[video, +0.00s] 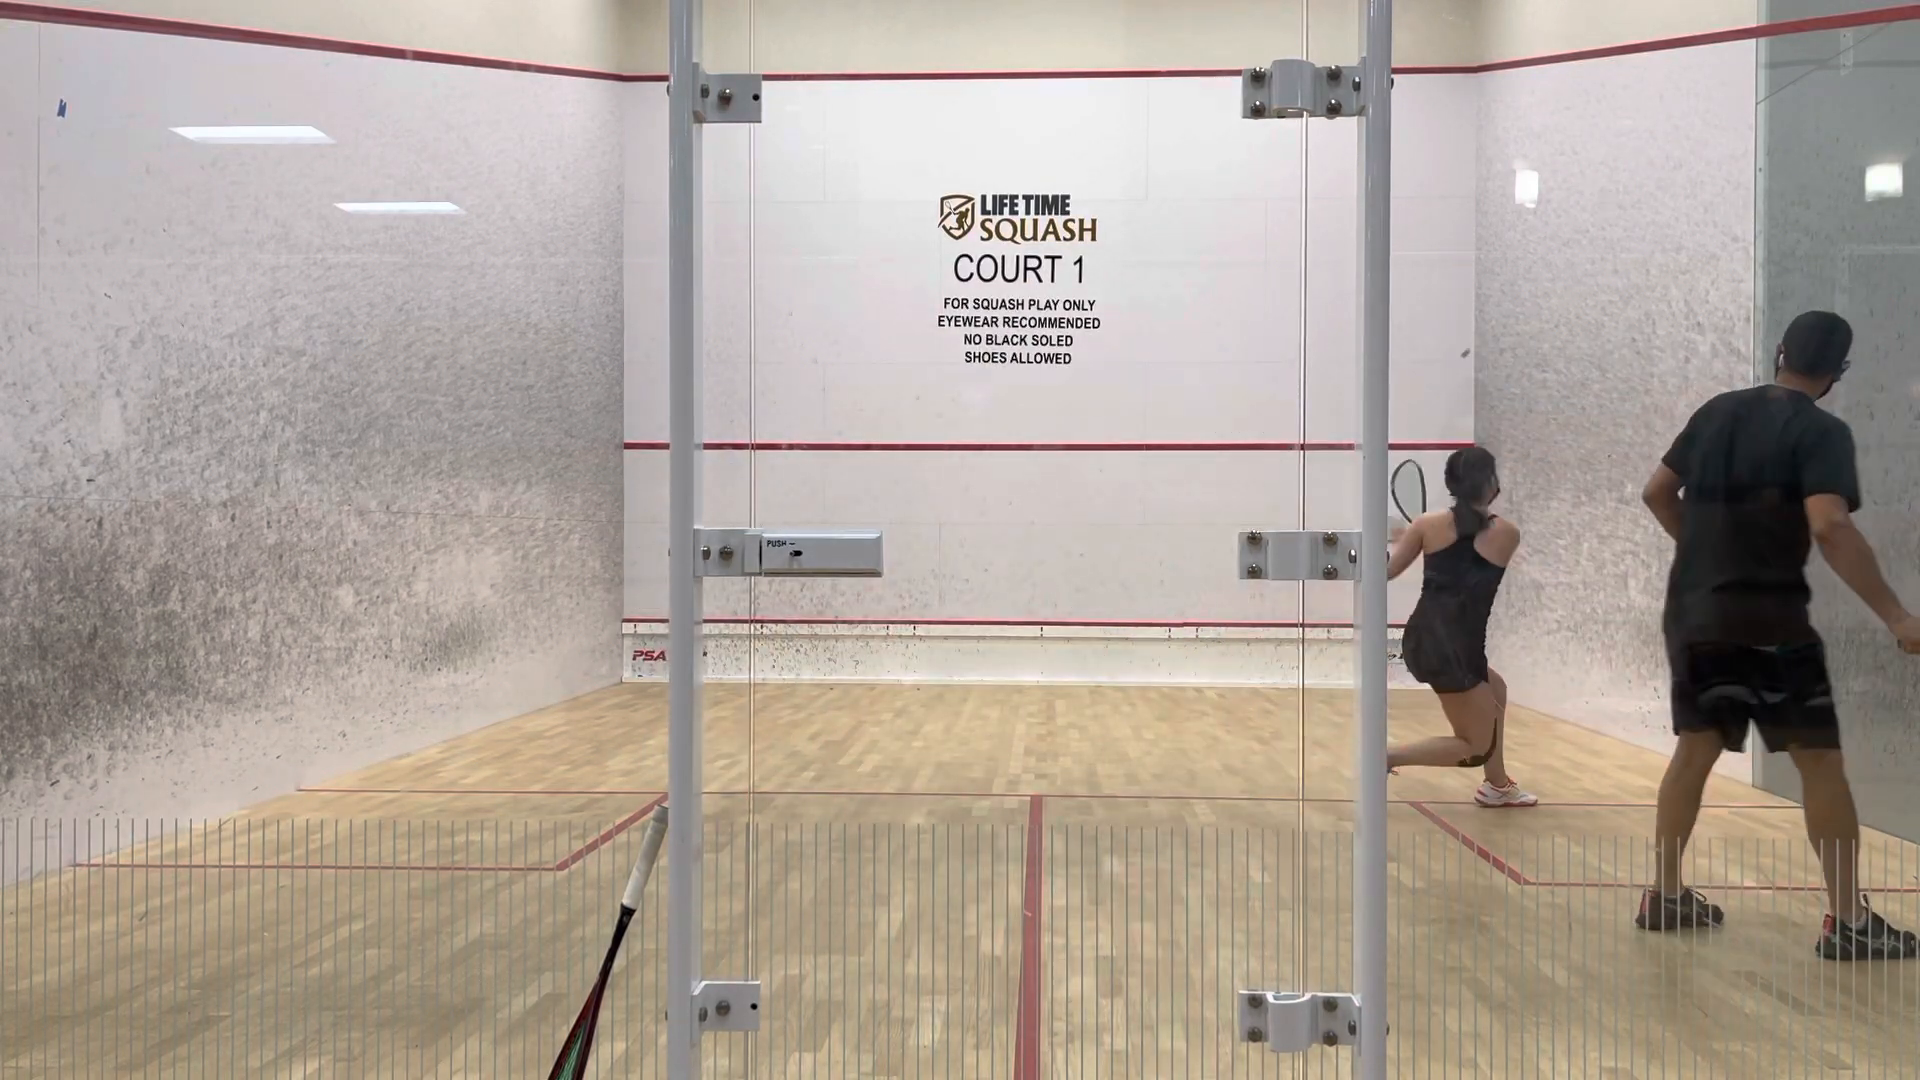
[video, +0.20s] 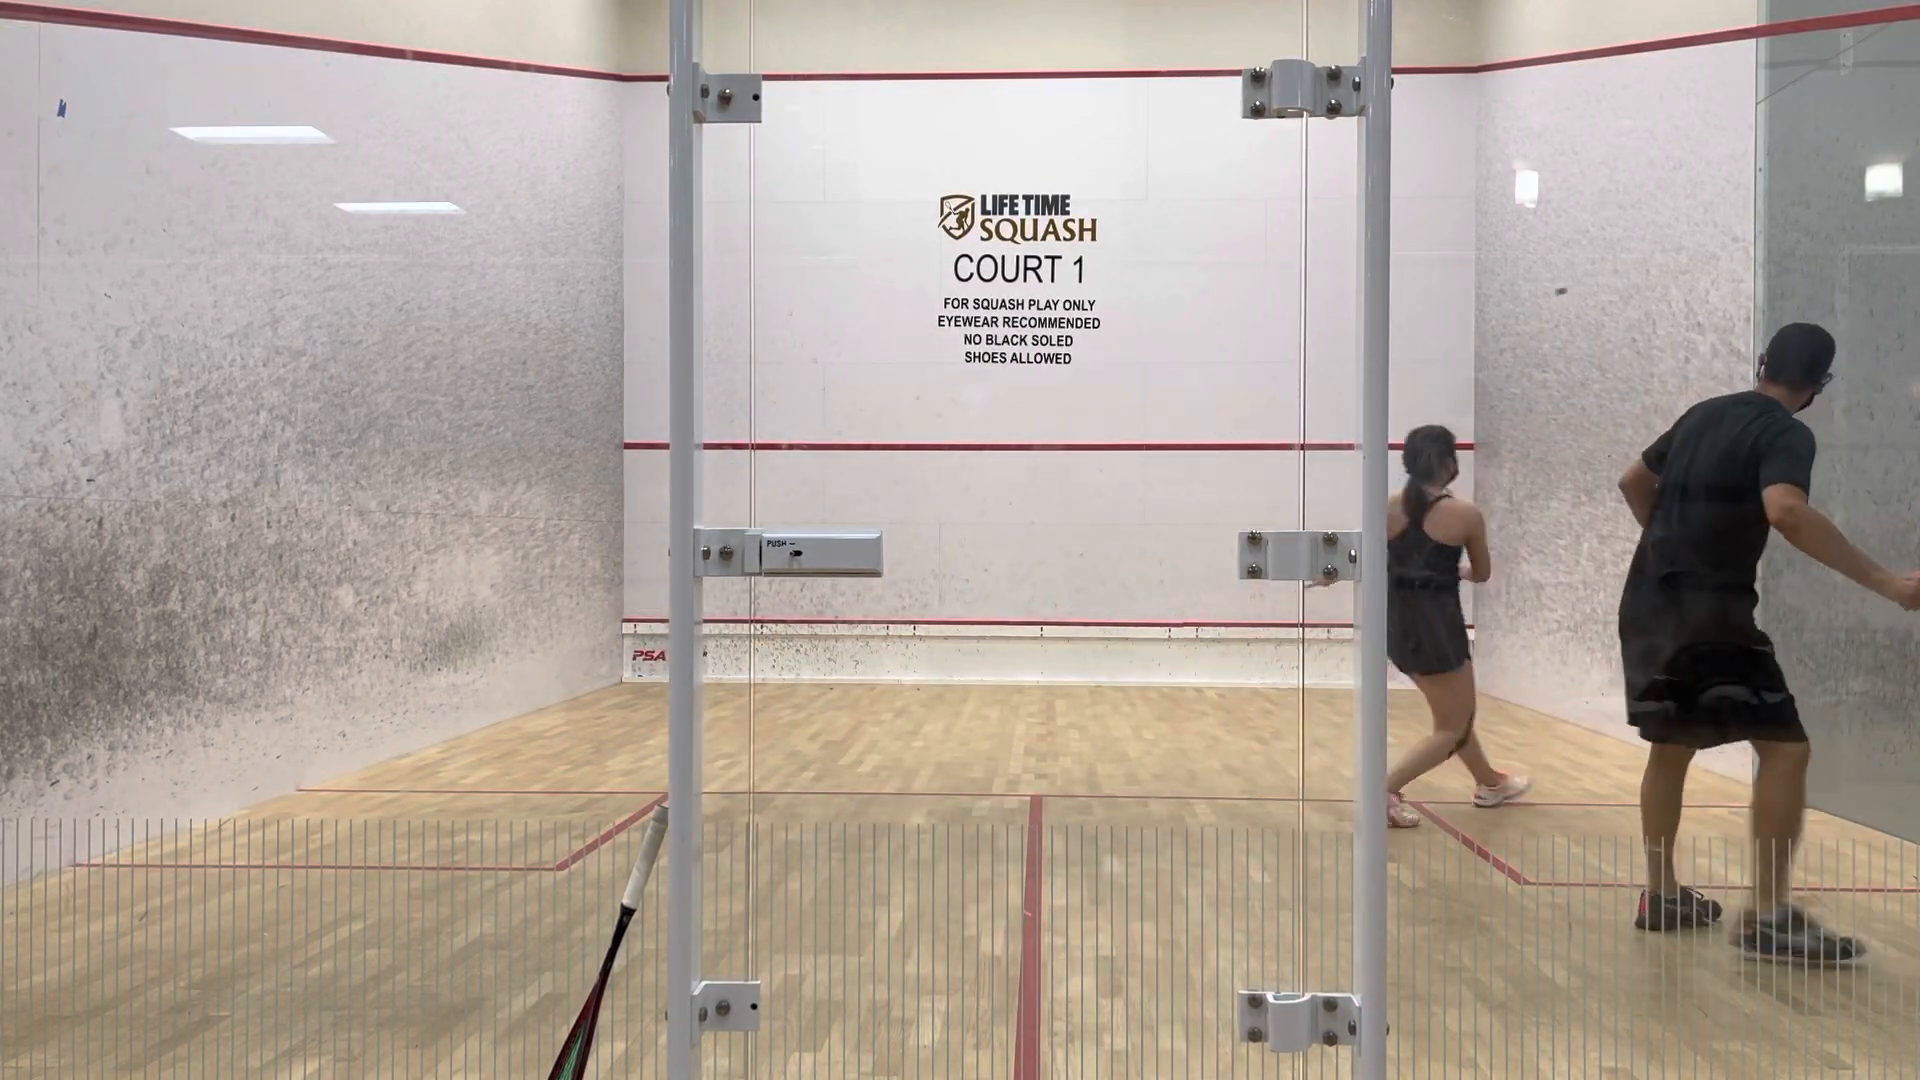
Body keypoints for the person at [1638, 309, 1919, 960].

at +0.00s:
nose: (1835, 377)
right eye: (1840, 370)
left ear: (1779, 358)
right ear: (1836, 374)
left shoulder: (1720, 409)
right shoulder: (1821, 428)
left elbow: (1657, 492)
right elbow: (1829, 524)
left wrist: (1699, 544)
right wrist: (1897, 616)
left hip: (1696, 619)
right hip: (1773, 622)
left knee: (1696, 744)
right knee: (1820, 761)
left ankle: (1664, 893)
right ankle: (1848, 917)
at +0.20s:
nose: (1819, 392)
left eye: (1818, 382)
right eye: (1821, 383)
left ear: (1761, 366)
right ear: (1816, 385)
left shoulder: (1702, 413)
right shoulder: (1786, 433)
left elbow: (1636, 482)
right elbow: (1785, 509)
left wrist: (1677, 548)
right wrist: (1885, 581)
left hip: (1648, 617)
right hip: (1715, 619)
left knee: (1671, 745)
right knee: (1784, 749)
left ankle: (1660, 893)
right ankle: (1769, 912)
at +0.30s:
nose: (1813, 389)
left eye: (1809, 378)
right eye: (1815, 380)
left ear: (1752, 367)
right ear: (1810, 384)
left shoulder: (1695, 412)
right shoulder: (1779, 430)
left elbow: (1627, 479)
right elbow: (1776, 509)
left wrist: (1660, 546)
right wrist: (1878, 573)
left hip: (1643, 613)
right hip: (1704, 616)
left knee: (1665, 746)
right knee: (1759, 755)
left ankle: (1658, 888)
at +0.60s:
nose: (1833, 393)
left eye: (1833, 382)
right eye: (1835, 383)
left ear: (1773, 366)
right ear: (1823, 383)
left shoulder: (1719, 418)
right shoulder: (1775, 432)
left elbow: (1649, 501)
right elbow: (1750, 521)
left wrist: (1688, 573)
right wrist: (1843, 600)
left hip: (1676, 614)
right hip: (1701, 623)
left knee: (1765, 734)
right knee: (1667, 763)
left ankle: (1708, 882)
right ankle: (1570, 898)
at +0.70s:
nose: (1872, 398)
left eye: (1876, 386)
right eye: (1873, 385)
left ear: (1819, 368)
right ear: (1849, 378)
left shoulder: (1746, 412)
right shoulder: (1797, 424)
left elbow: (1678, 492)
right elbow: (1761, 509)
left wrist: (1714, 566)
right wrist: (1844, 583)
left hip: (1700, 611)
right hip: (1718, 620)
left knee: (1787, 733)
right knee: (1676, 759)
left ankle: (1795, 897)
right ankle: (1576, 894)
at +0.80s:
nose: (1906, 414)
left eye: (1912, 403)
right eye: (1907, 399)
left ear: (1868, 376)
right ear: (1879, 378)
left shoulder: (1795, 420)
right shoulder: (1824, 429)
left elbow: (1716, 500)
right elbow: (1782, 506)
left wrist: (1783, 593)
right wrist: (1867, 568)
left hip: (1739, 621)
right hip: (1739, 626)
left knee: (1813, 752)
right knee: (1687, 766)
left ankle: (1870, 909)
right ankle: (1580, 890)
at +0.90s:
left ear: (1905, 392)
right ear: (1912, 391)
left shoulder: (1866, 451)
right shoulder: (1856, 441)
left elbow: (1800, 544)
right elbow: (1801, 506)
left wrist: (1835, 622)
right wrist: (1884, 551)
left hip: (1800, 636)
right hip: (1766, 635)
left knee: (1859, 762)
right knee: (1744, 783)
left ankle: (1890, 919)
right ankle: (1601, 881)